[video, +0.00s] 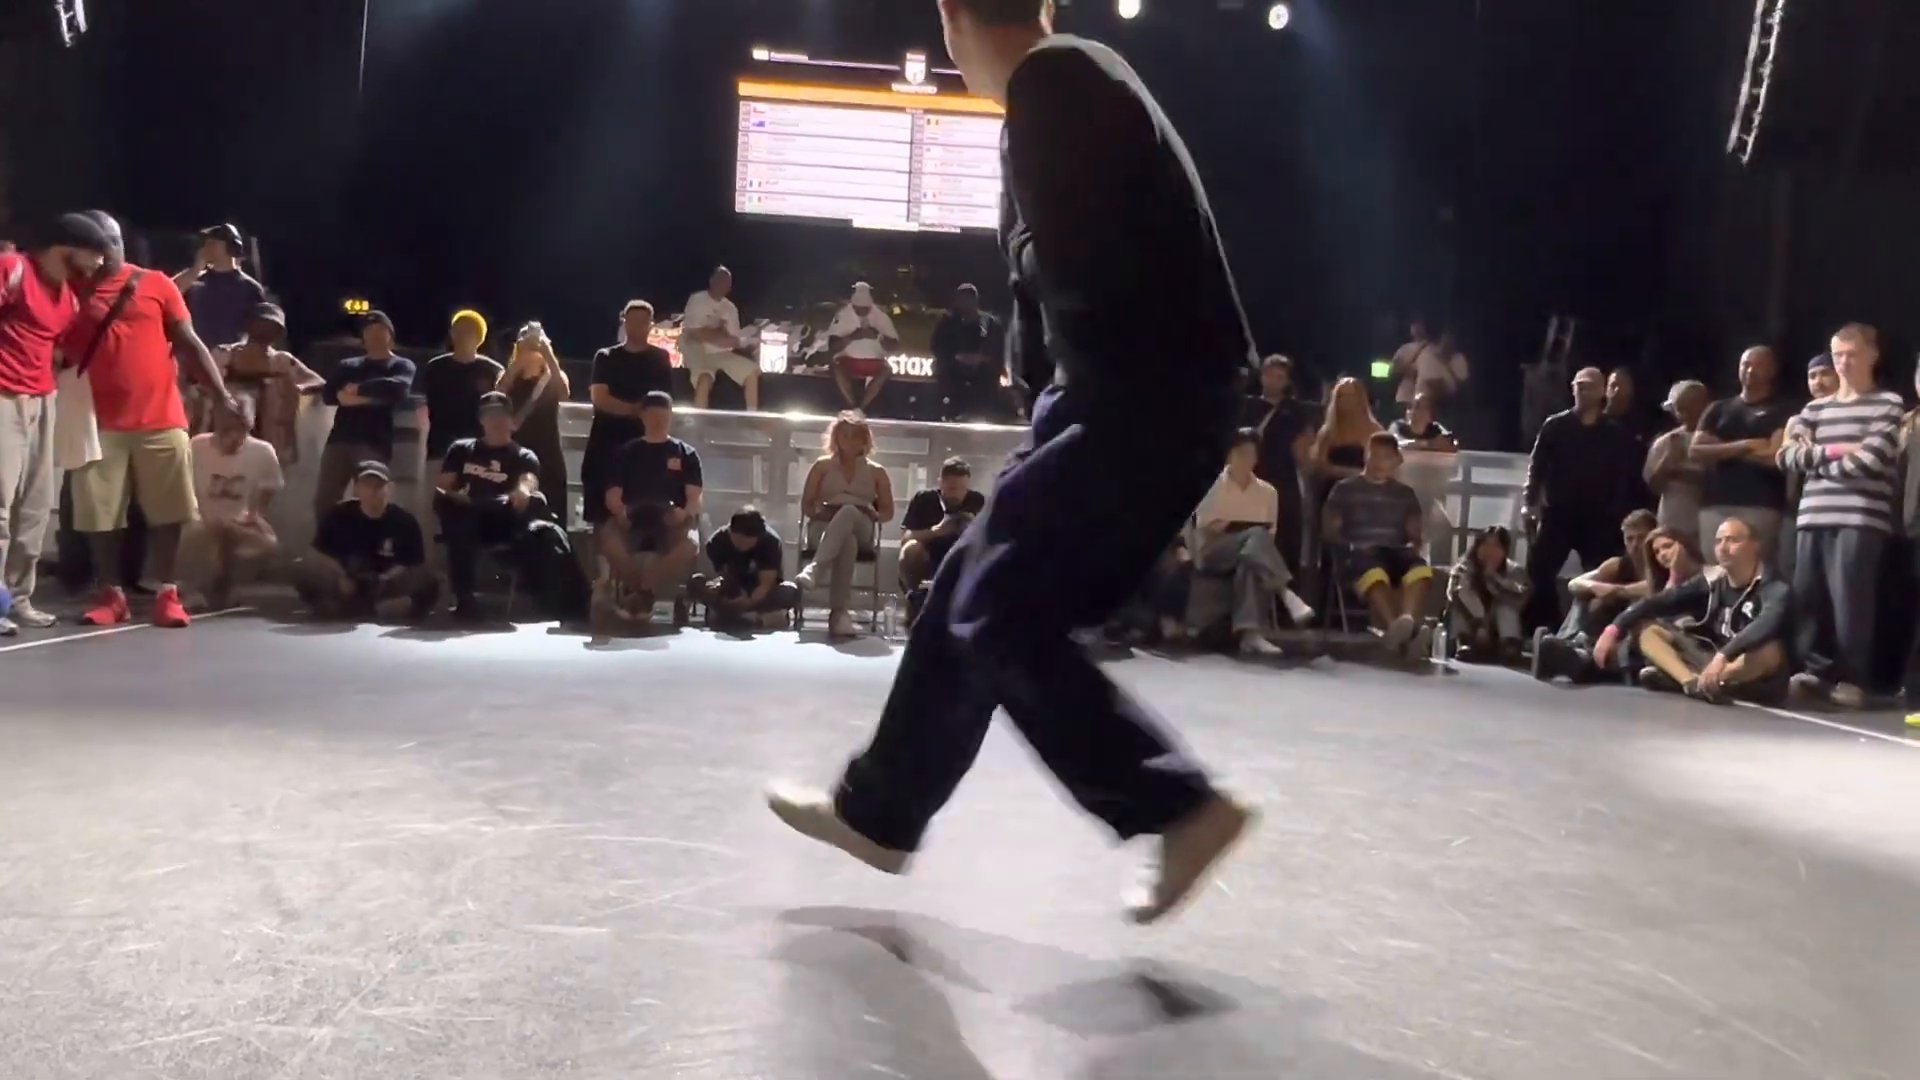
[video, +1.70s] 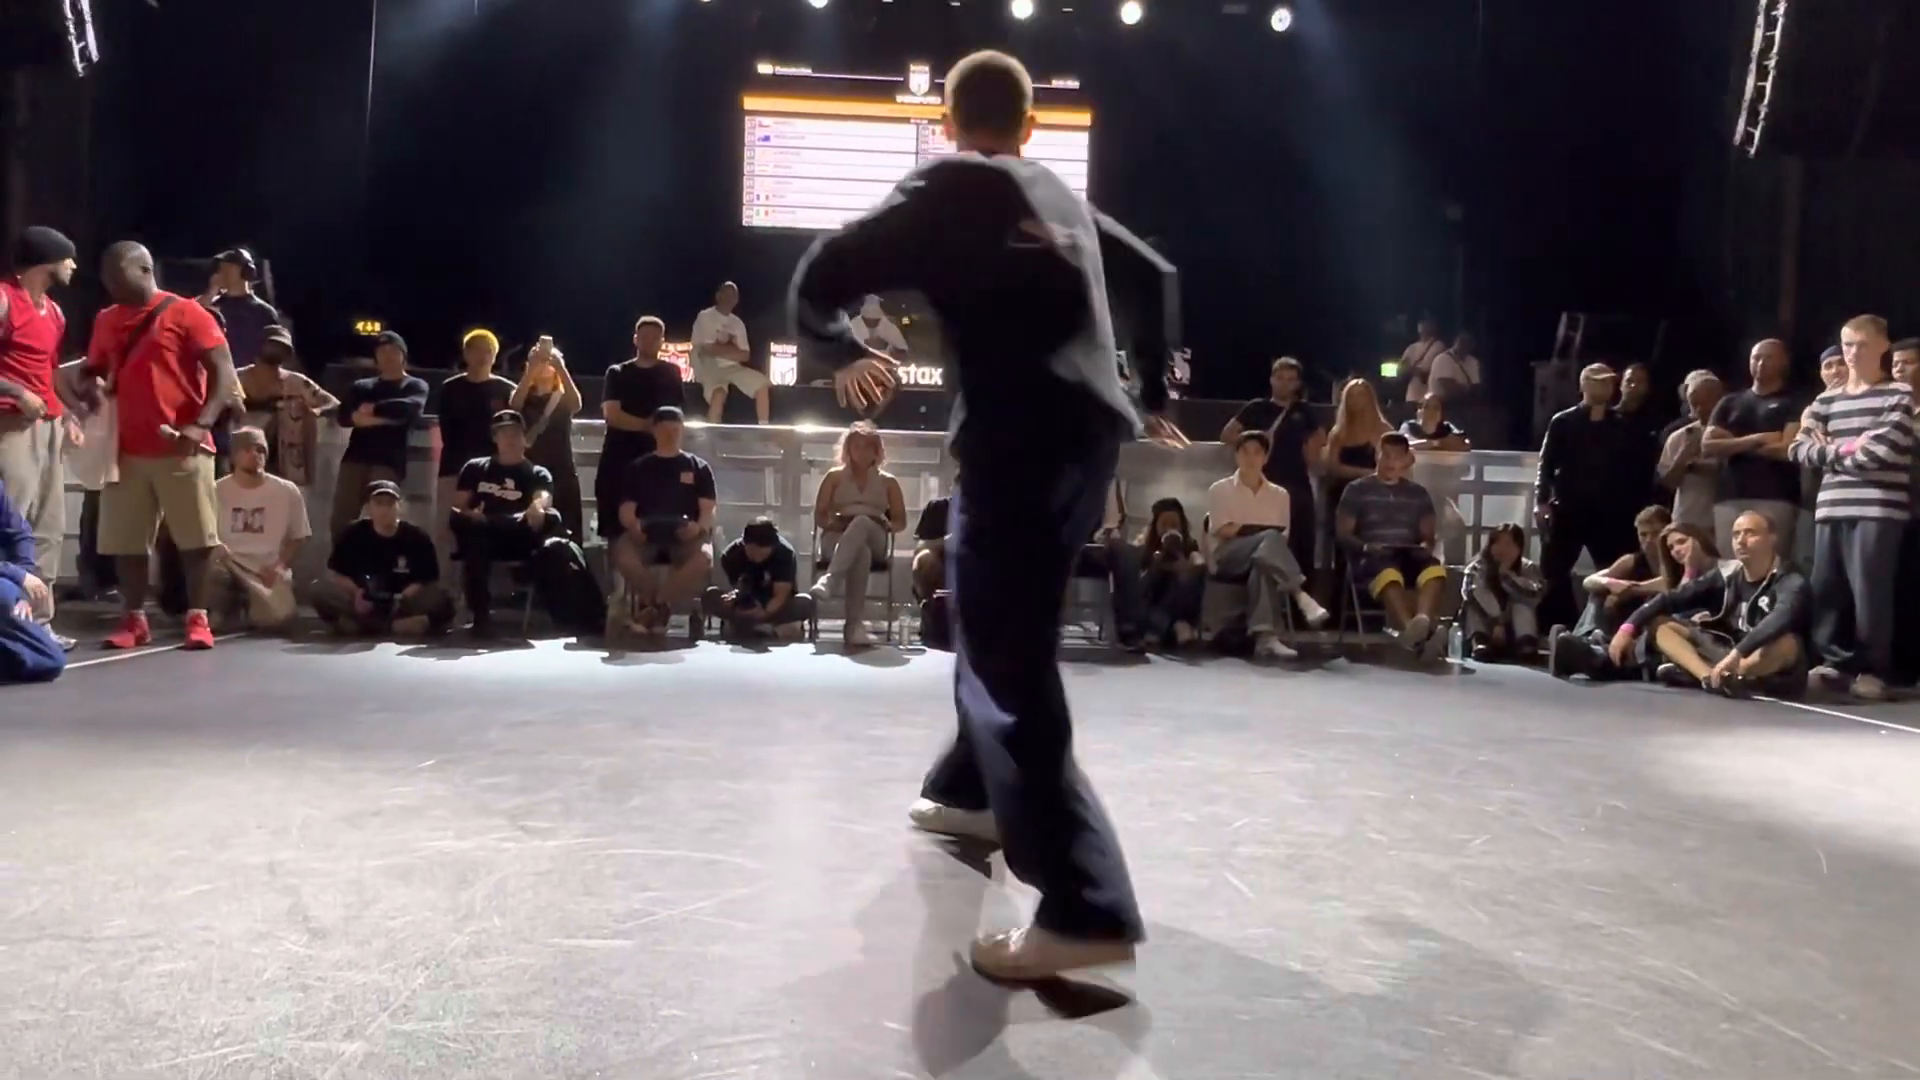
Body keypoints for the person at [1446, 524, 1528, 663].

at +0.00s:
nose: (1488, 552)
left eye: (1495, 547)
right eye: (1484, 545)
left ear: (1504, 552)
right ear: (1477, 548)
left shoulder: (1514, 571)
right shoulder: (1463, 569)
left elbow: (1519, 597)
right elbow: (1457, 594)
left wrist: (1493, 576)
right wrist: (1478, 624)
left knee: (1505, 606)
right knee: (1458, 605)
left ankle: (1511, 645)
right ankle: (1462, 644)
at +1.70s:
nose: (1502, 550)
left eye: (1509, 545)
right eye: (1497, 544)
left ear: (1519, 550)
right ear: (1490, 546)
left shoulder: (1528, 568)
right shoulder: (1477, 568)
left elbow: (1535, 594)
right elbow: (1473, 593)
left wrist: (1506, 574)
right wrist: (1495, 622)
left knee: (1521, 603)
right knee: (1474, 604)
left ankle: (1527, 643)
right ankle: (1479, 642)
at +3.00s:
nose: (1518, 544)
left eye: (1525, 540)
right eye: (1513, 538)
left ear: (1535, 546)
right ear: (1506, 541)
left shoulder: (1545, 564)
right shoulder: (1494, 562)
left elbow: (1551, 591)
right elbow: (1488, 586)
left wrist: (1522, 570)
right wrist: (1512, 616)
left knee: (1536, 598)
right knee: (1488, 597)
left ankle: (1542, 639)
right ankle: (1494, 638)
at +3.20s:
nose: (1521, 544)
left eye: (1528, 539)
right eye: (1516, 537)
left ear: (1537, 545)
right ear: (1509, 540)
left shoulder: (1547, 563)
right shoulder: (1496, 562)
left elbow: (1553, 590)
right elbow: (1490, 586)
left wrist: (1524, 569)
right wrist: (1514, 616)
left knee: (1539, 598)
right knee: (1491, 597)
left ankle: (1545, 639)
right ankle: (1496, 637)